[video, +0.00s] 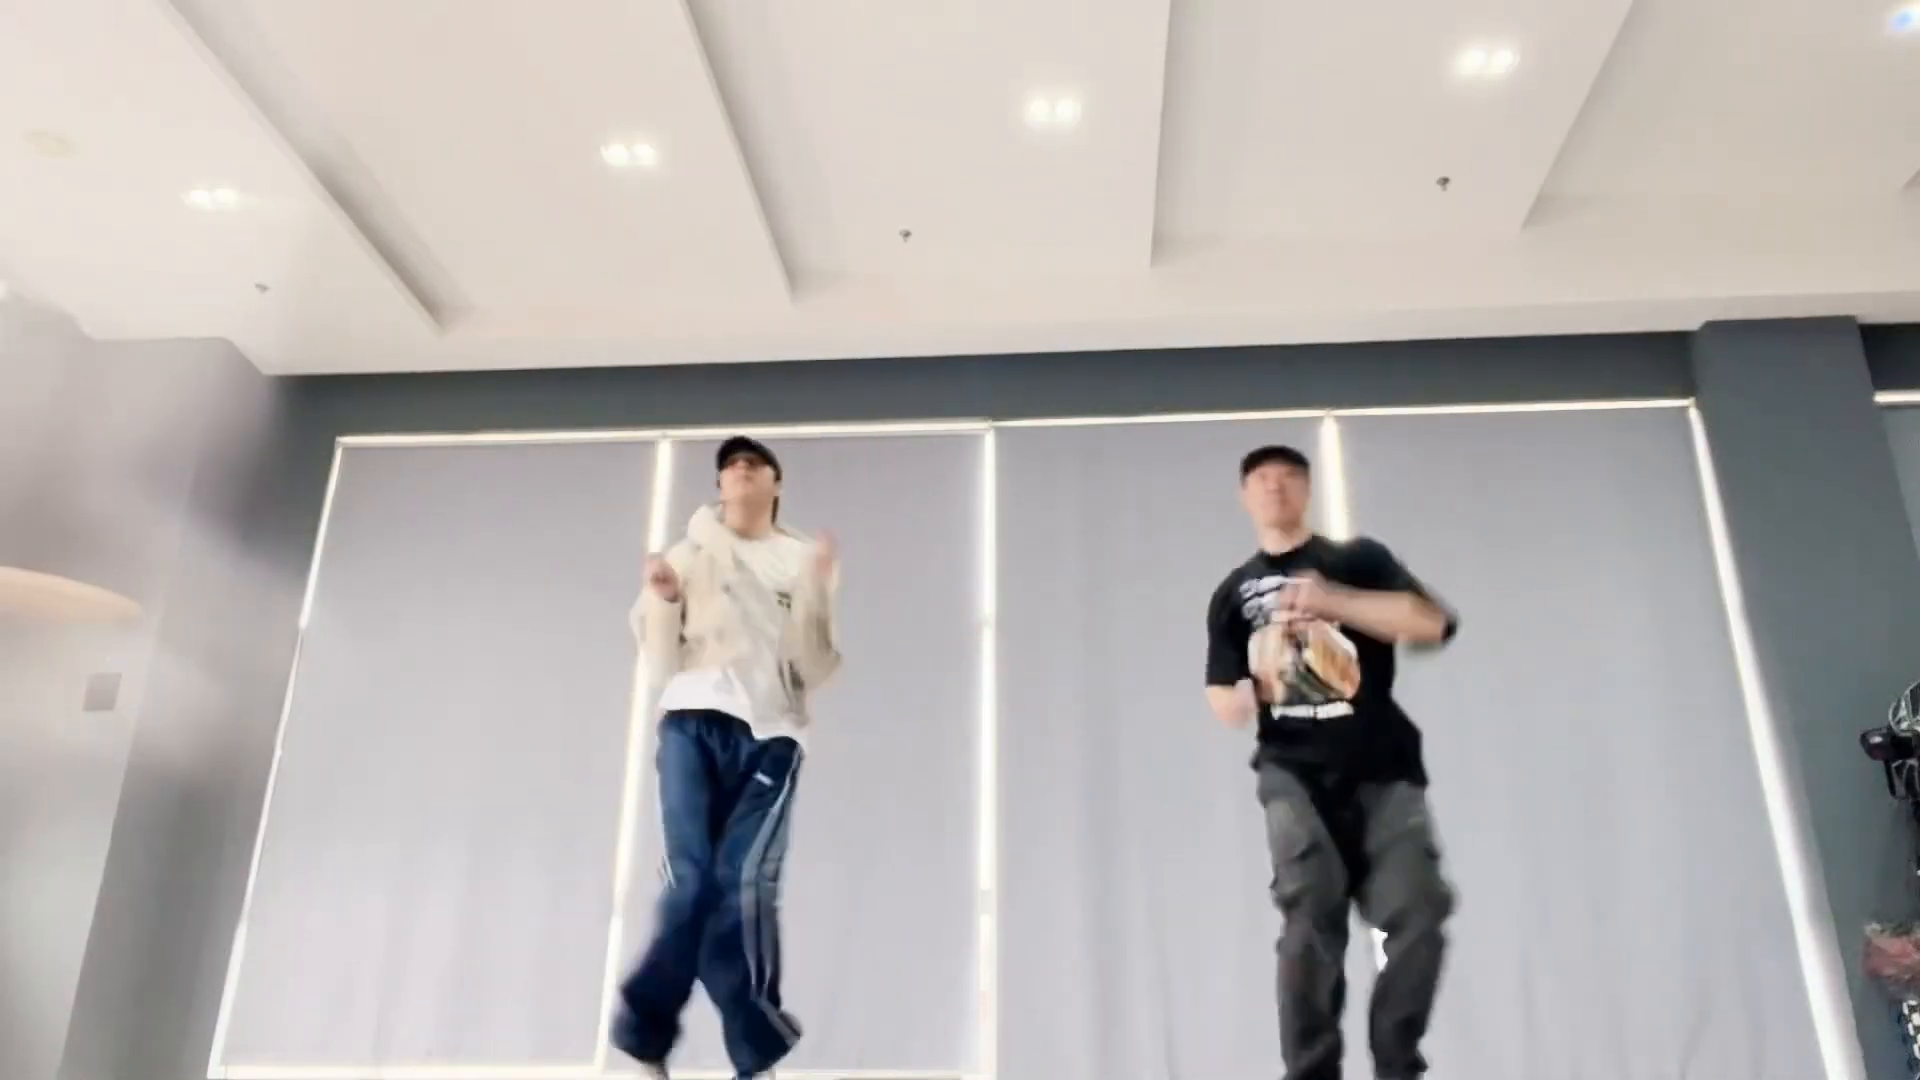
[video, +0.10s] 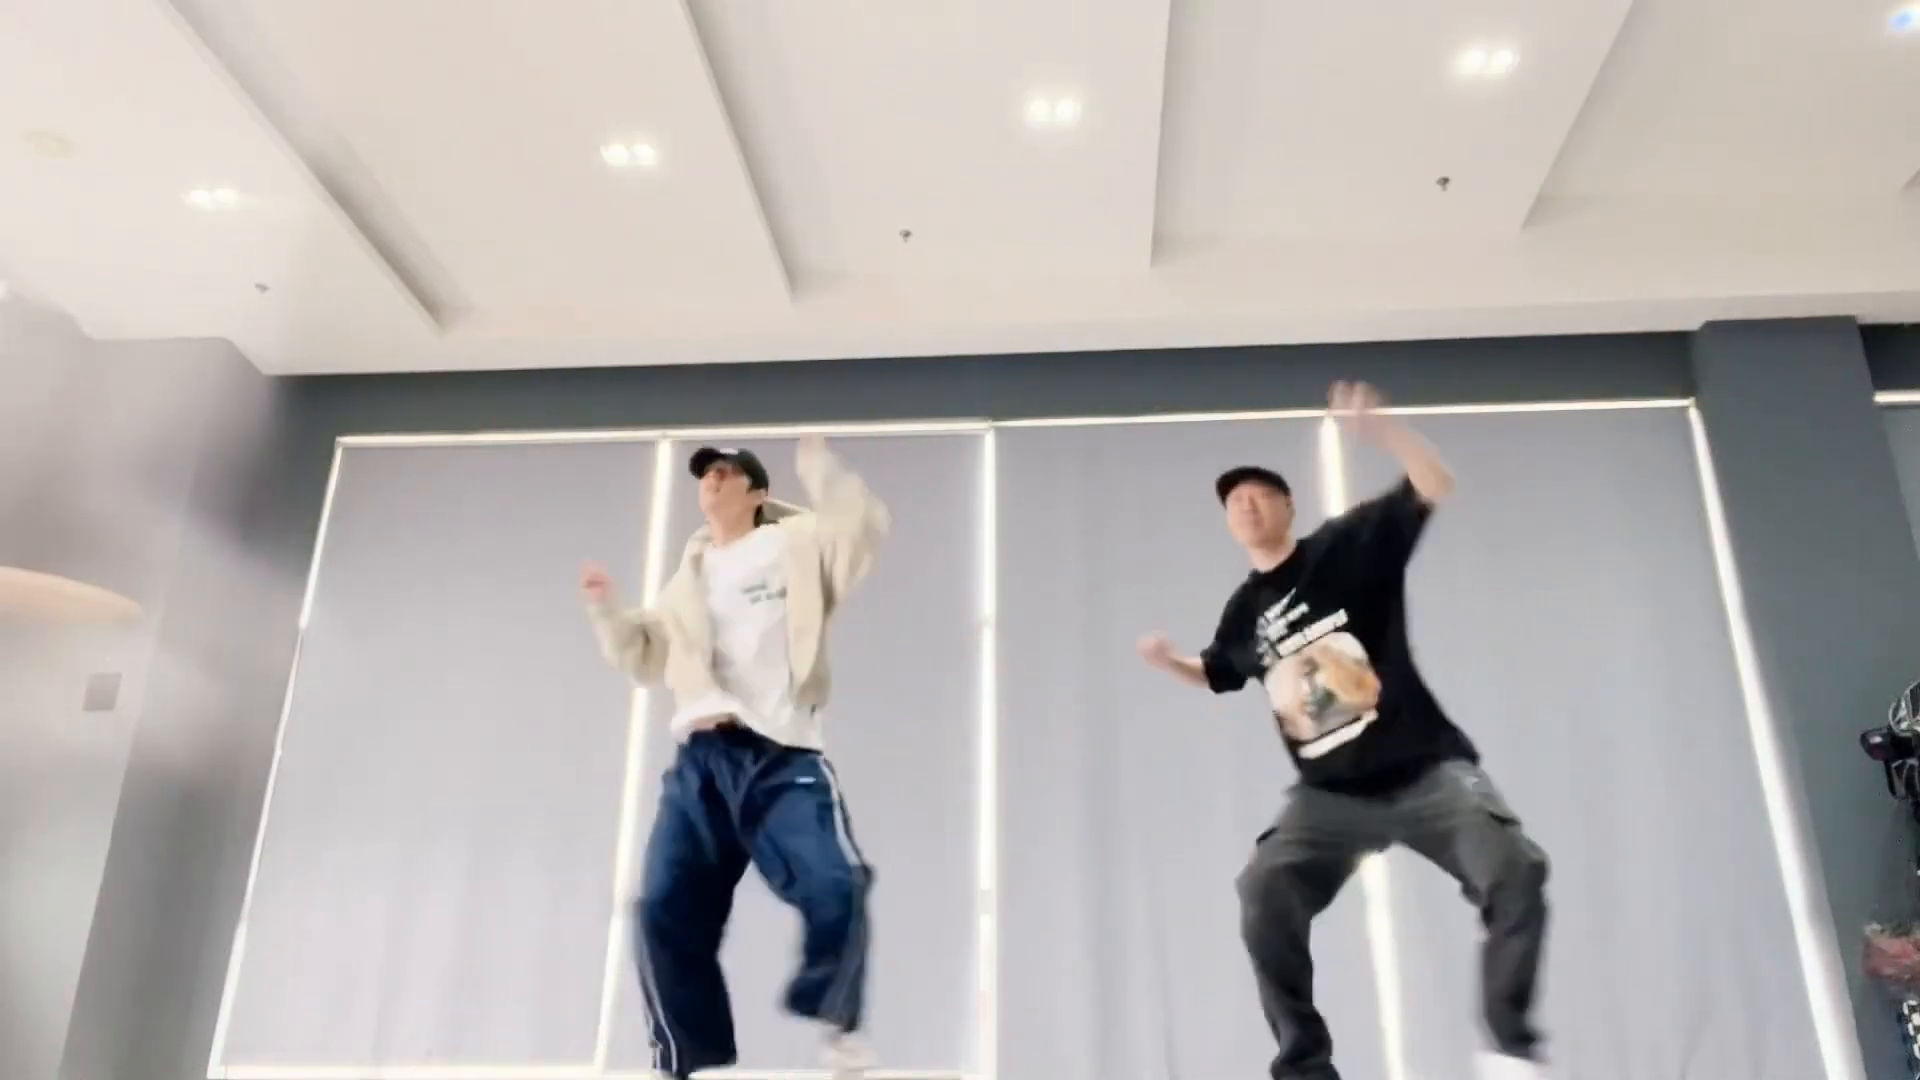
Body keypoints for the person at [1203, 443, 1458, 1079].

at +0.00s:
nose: (1276, 488)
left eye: (1289, 477)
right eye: (1261, 480)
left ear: (1308, 491)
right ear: (1246, 500)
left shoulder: (1359, 561)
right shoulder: (1234, 594)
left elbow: (1433, 624)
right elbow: (1227, 707)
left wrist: (1333, 603)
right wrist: (1270, 671)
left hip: (1380, 760)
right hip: (1292, 770)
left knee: (1419, 907)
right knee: (1311, 911)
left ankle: (1397, 1065)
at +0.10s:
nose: (1251, 510)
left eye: (1262, 498)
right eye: (1238, 505)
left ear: (1289, 506)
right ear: (1229, 527)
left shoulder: (1351, 541)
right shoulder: (1245, 609)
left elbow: (1434, 486)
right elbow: (1223, 674)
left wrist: (1376, 423)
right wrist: (1175, 663)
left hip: (1423, 773)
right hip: (1328, 796)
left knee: (1515, 867)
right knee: (1266, 890)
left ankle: (1510, 1034)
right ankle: (1305, 1063)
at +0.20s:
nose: (1263, 549)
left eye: (1272, 537)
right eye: (1249, 545)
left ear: (1299, 545)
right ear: (1242, 567)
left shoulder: (1341, 554)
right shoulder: (1258, 641)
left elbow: (1363, 457)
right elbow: (1179, 650)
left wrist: (1375, 351)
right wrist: (1091, 646)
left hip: (1460, 772)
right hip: (1381, 810)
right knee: (1283, 908)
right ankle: (1311, 1072)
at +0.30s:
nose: (1282, 566)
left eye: (1292, 556)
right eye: (1267, 563)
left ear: (1316, 569)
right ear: (1255, 589)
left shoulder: (1355, 586)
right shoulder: (1265, 665)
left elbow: (1385, 495)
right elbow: (1189, 675)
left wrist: (1371, 400)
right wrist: (1102, 654)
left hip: (1472, 802)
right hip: (1393, 835)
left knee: (1600, 939)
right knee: (1281, 914)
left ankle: (1767, 1059)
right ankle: (1309, 1071)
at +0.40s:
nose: (1289, 529)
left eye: (1301, 520)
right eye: (1276, 520)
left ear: (1318, 534)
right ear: (1253, 540)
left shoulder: (1357, 573)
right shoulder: (1250, 631)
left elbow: (1462, 581)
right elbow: (1248, 713)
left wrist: (1432, 539)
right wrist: (1212, 717)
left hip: (1443, 805)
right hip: (1346, 817)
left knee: (1556, 918)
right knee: (1253, 913)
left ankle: (1709, 1052)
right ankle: (1303, 1068)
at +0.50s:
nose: (1305, 502)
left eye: (1315, 495)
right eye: (1291, 492)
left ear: (1326, 513)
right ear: (1260, 509)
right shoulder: (1243, 616)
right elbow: (1262, 720)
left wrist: (1425, 667)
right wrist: (1273, 753)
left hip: (1403, 785)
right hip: (1313, 796)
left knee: (1476, 893)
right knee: (1258, 909)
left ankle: (1590, 1053)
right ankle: (1307, 1071)